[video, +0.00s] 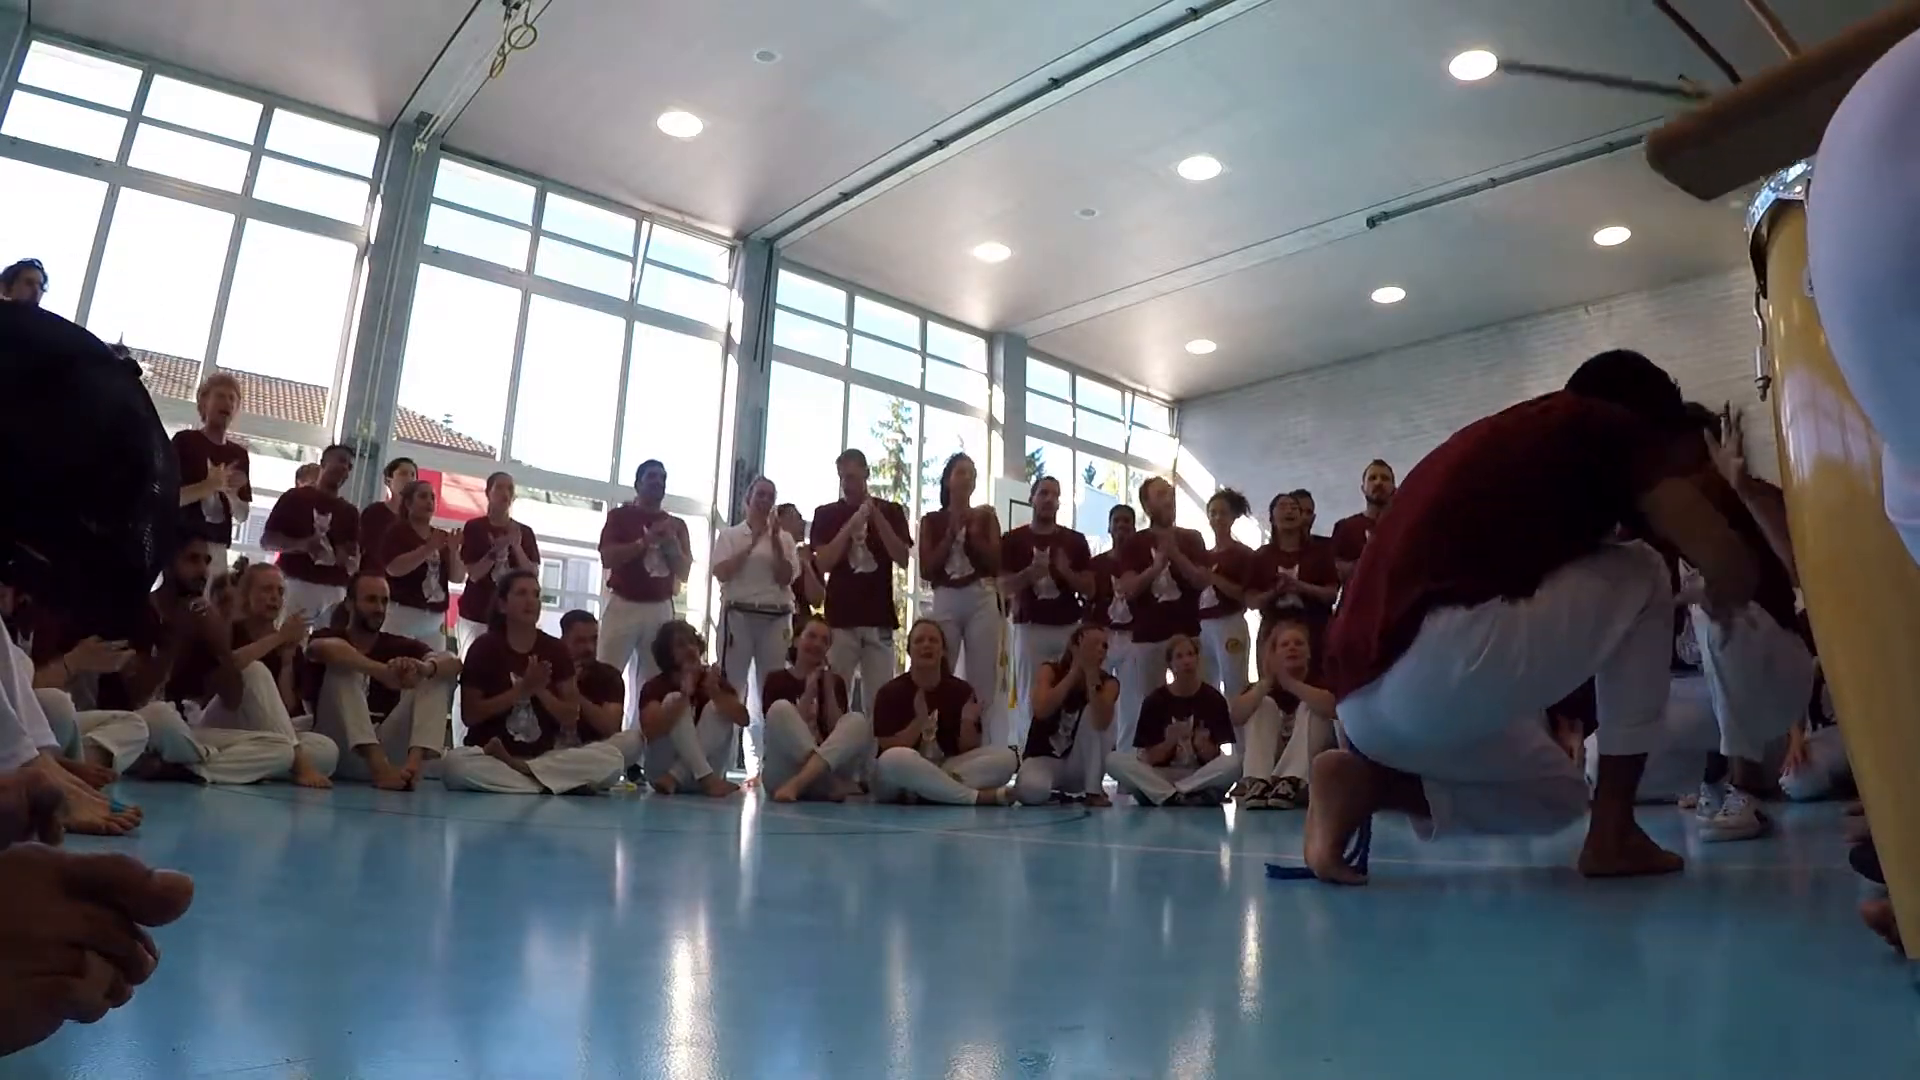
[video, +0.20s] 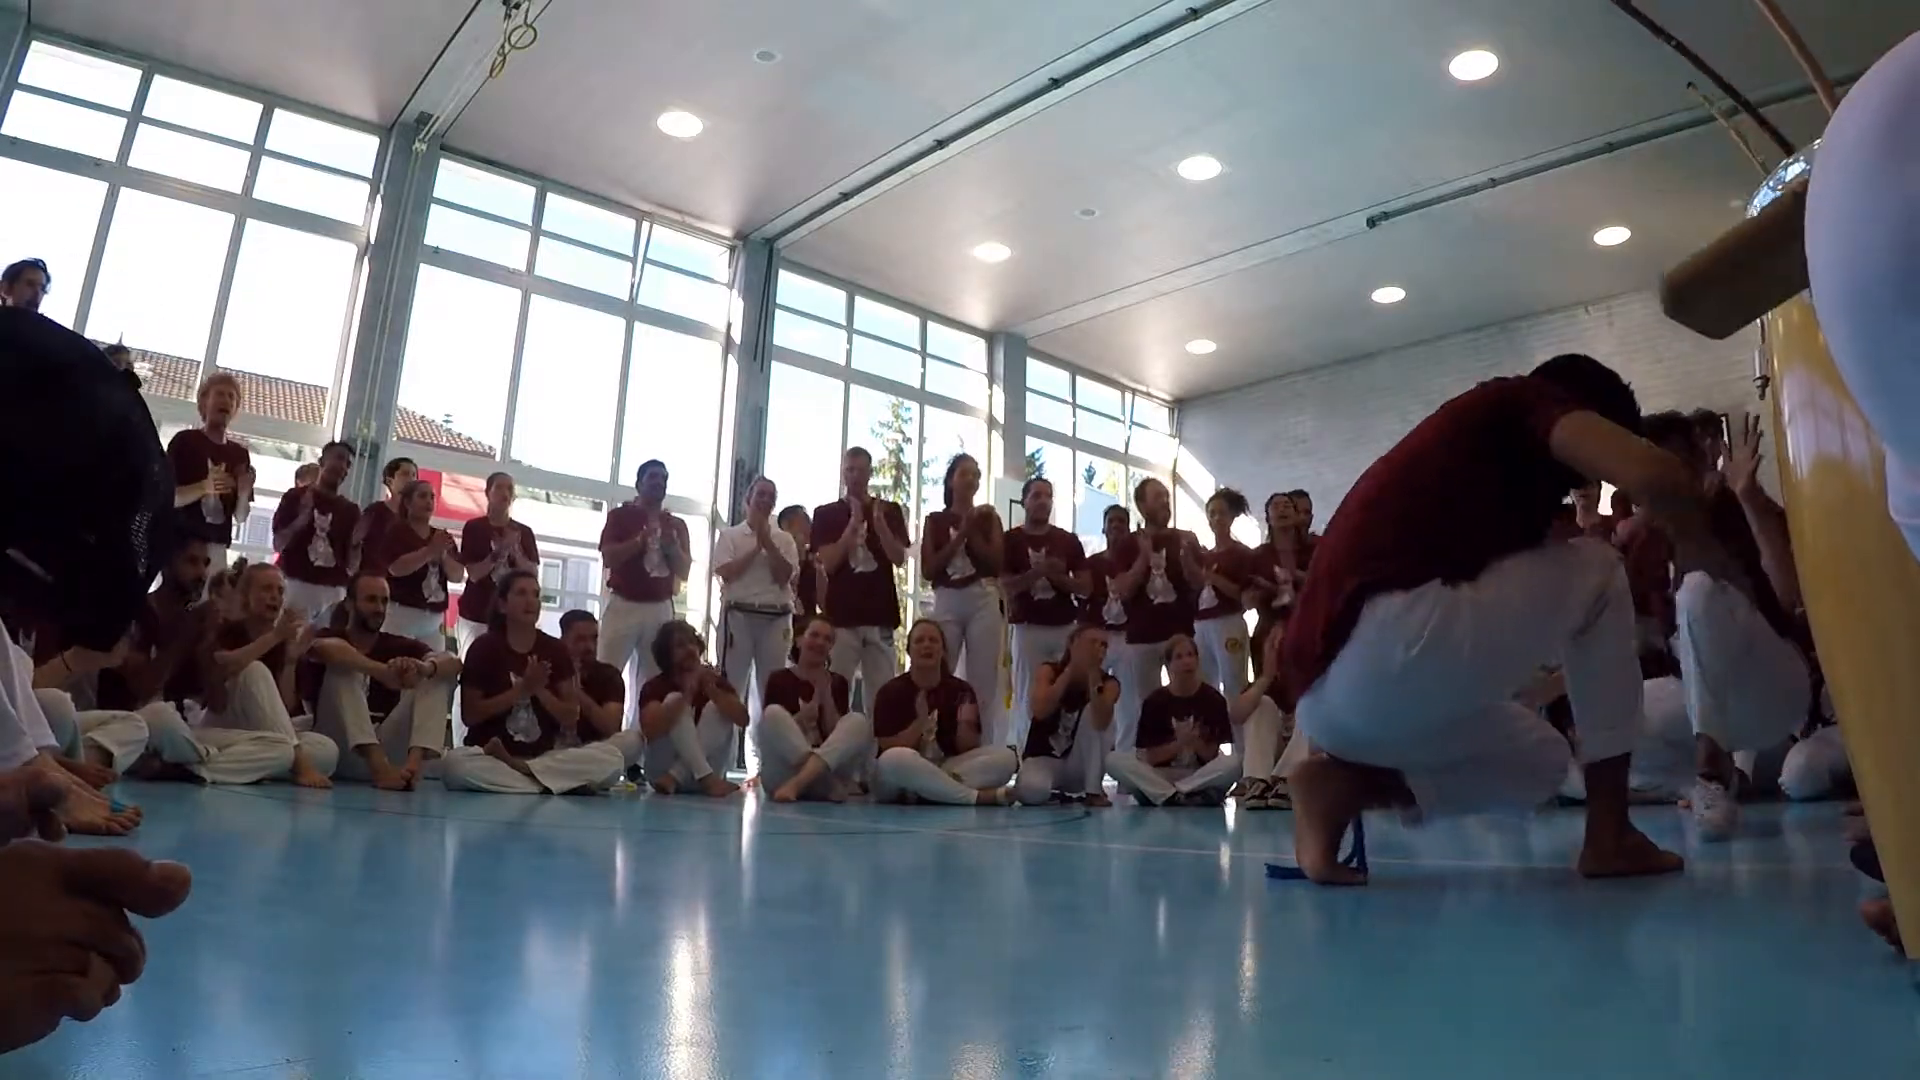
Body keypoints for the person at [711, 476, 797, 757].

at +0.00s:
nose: (764, 500)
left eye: (769, 496)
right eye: (759, 494)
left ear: (775, 502)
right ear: (747, 498)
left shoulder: (784, 538)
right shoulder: (730, 534)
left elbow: (785, 578)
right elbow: (721, 573)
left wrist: (776, 542)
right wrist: (748, 547)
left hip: (776, 618)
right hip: (737, 616)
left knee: (773, 693)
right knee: (732, 691)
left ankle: (770, 761)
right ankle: (728, 760)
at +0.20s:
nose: (765, 500)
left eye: (770, 496)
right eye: (760, 494)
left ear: (775, 503)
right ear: (748, 498)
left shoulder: (785, 538)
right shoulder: (729, 535)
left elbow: (784, 575)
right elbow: (725, 572)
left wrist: (767, 539)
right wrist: (758, 546)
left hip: (776, 619)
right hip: (737, 617)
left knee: (773, 690)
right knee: (731, 689)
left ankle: (772, 754)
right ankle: (726, 753)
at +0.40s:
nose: (765, 500)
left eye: (770, 496)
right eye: (761, 494)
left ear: (775, 502)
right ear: (748, 497)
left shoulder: (784, 538)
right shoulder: (730, 535)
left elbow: (786, 577)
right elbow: (721, 572)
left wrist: (781, 542)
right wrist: (744, 538)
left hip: (776, 617)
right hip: (737, 616)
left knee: (773, 690)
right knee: (732, 689)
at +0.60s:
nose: (765, 500)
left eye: (770, 496)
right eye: (760, 494)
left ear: (775, 502)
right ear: (748, 497)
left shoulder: (785, 538)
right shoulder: (730, 535)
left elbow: (786, 577)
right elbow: (722, 573)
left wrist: (776, 545)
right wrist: (746, 546)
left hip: (776, 617)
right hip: (737, 615)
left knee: (772, 691)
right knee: (731, 689)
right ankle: (728, 746)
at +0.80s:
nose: (764, 500)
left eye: (769, 496)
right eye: (760, 493)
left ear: (774, 502)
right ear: (748, 496)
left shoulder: (784, 538)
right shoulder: (729, 534)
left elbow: (787, 575)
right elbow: (722, 572)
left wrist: (780, 545)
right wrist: (742, 541)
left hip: (775, 617)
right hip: (737, 615)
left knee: (772, 690)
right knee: (731, 688)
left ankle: (771, 745)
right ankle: (728, 745)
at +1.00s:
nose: (764, 499)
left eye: (769, 496)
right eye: (759, 493)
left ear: (773, 502)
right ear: (747, 497)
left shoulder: (784, 538)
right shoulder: (728, 535)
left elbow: (785, 576)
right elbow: (722, 571)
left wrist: (770, 546)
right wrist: (752, 545)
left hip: (775, 618)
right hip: (736, 616)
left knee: (771, 690)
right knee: (731, 687)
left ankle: (769, 746)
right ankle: (727, 746)